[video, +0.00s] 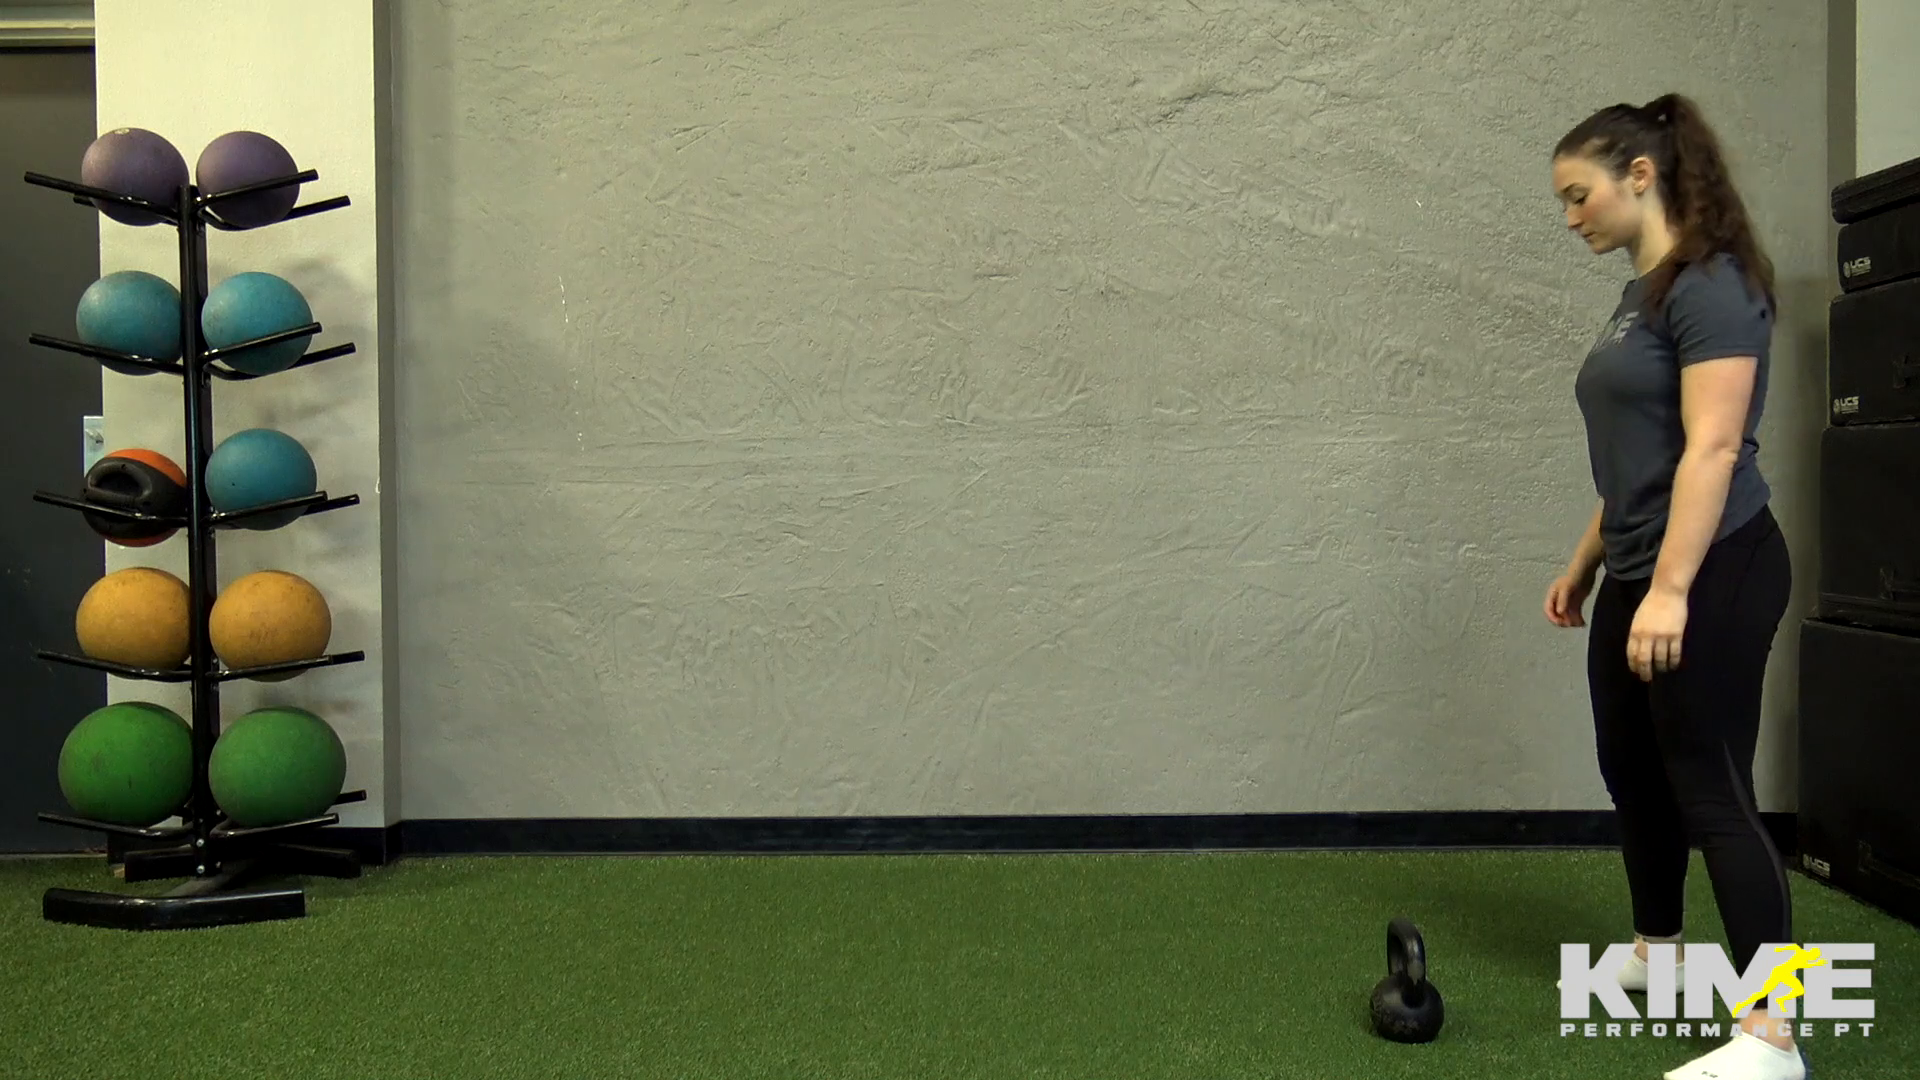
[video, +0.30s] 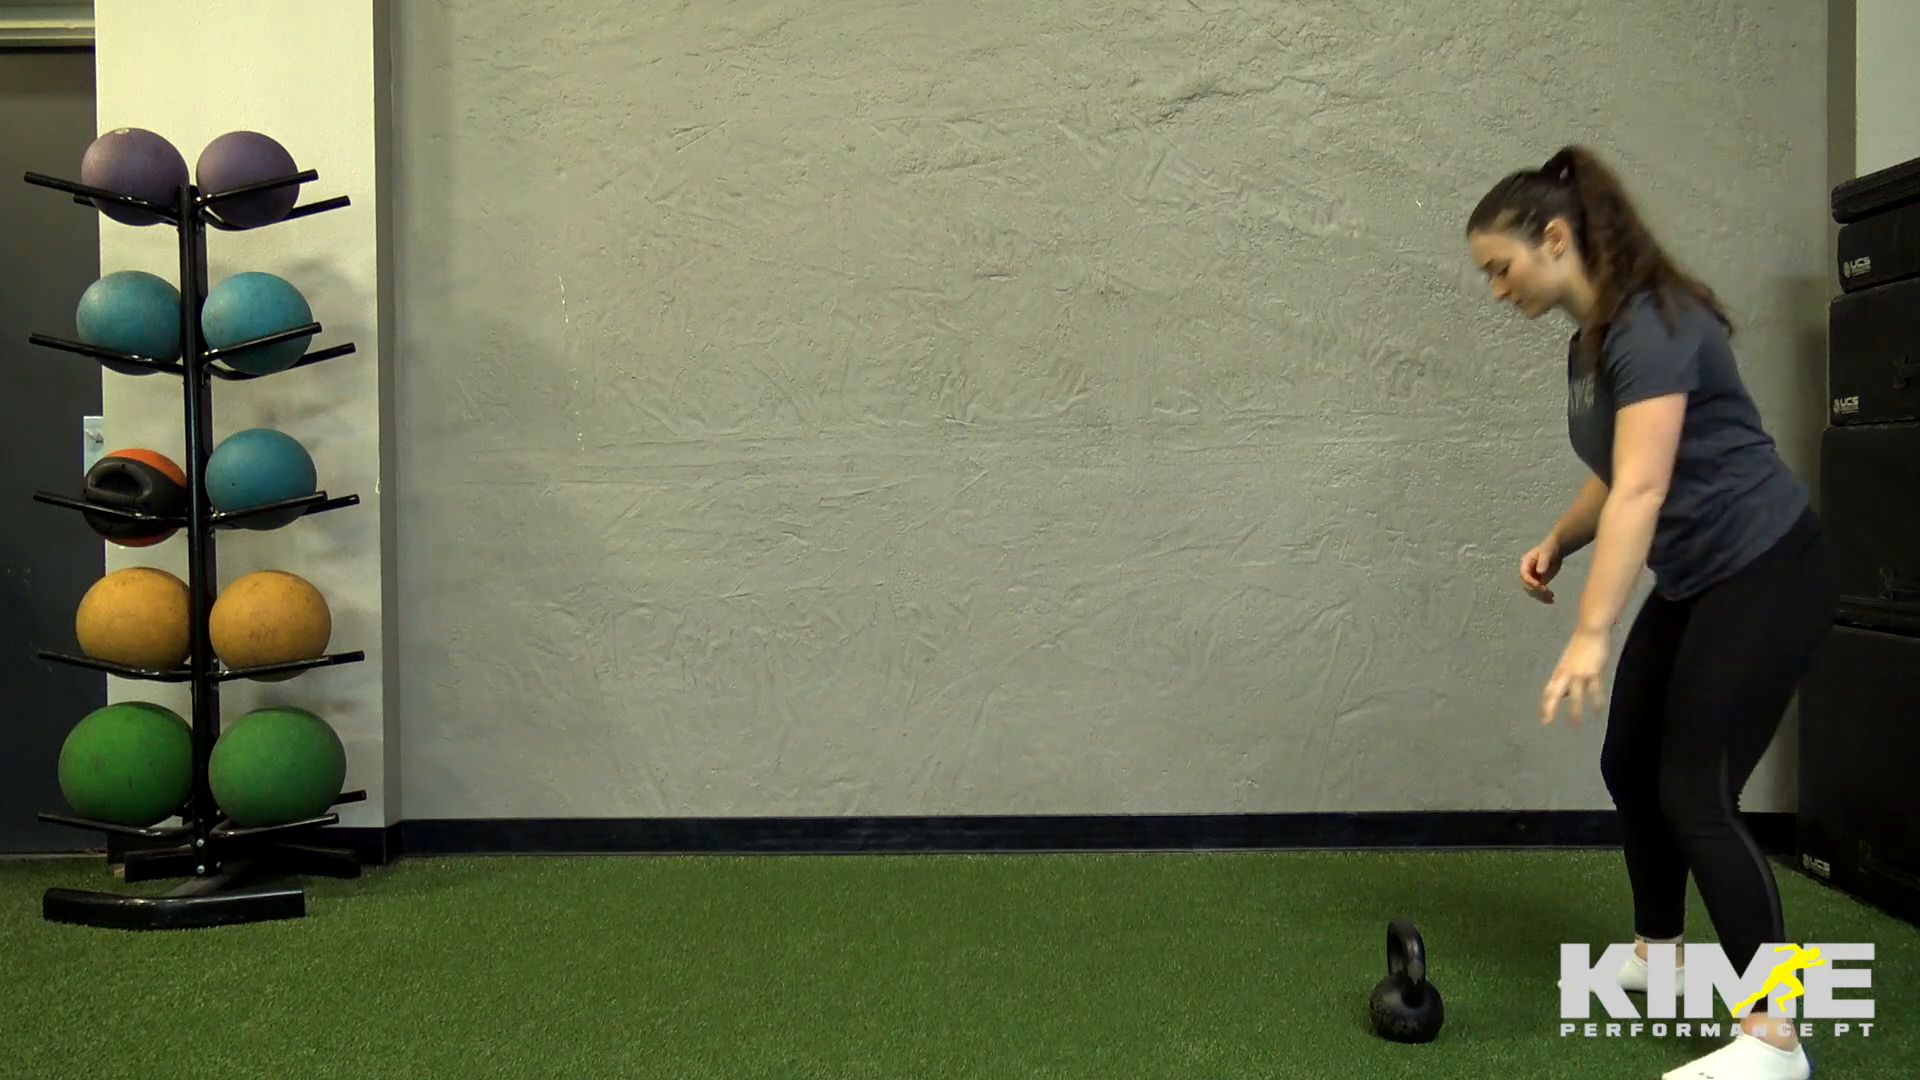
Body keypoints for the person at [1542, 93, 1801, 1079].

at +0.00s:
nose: (1572, 221)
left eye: (1578, 198)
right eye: (1565, 204)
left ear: (1641, 176)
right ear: (1636, 185)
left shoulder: (1713, 287)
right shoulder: (1649, 290)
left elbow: (1716, 448)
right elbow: (1644, 455)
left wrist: (1669, 588)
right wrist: (1589, 555)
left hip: (1715, 564)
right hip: (1640, 564)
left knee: (1708, 786)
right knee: (1637, 776)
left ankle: (1772, 1026)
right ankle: (1660, 965)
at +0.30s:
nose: (1500, 291)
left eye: (1501, 270)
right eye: (1492, 278)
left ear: (1558, 237)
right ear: (1553, 244)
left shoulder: (1649, 326)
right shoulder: (1597, 337)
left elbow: (1639, 492)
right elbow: (1618, 471)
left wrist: (1591, 632)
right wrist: (1561, 535)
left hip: (1767, 569)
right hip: (1692, 580)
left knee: (1692, 783)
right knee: (1632, 770)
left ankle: (1777, 1022)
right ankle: (1657, 960)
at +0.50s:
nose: (1463, 411)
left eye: (1464, 390)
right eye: (1454, 396)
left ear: (1516, 358)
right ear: (1514, 360)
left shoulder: (1613, 434)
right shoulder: (1578, 428)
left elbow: (1575, 611)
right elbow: (1611, 537)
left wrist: (1503, 742)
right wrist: (1555, 592)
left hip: (1823, 603)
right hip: (1740, 608)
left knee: (1699, 800)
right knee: (1620, 766)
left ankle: (1780, 1034)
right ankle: (1657, 961)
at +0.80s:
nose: (1442, 550)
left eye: (1443, 529)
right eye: (1433, 534)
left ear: (1497, 502)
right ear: (1501, 503)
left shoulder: (1583, 579)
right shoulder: (1563, 547)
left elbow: (1509, 753)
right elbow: (1579, 695)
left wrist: (1430, 861)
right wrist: (1523, 667)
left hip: (1827, 677)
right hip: (1744, 669)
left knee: (1669, 822)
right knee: (1579, 774)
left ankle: (1777, 1034)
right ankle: (1654, 955)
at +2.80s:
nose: (1443, 554)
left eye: (1448, 534)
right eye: (1437, 537)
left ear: (1507, 516)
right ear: (1506, 519)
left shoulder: (1602, 601)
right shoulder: (1563, 578)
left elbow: (1558, 786)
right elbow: (1569, 714)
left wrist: (1496, 907)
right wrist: (1507, 675)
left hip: (1843, 681)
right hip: (1767, 674)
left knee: (1679, 819)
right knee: (1591, 775)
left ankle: (1777, 1038)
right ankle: (1655, 957)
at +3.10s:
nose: (1445, 465)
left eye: (1453, 445)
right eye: (1443, 448)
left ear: (1517, 438)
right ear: (1516, 441)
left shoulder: (1600, 526)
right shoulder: (1566, 517)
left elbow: (1619, 710)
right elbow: (1594, 657)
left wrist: (1602, 824)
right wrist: (1511, 616)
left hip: (1829, 648)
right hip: (1754, 652)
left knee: (1688, 810)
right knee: (1586, 772)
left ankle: (1780, 1036)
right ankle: (1649, 962)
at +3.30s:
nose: (1446, 378)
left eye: (1461, 361)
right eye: (1448, 361)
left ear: (1523, 366)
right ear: (1520, 369)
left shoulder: (1587, 467)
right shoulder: (1553, 459)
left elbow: (1669, 630)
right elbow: (1569, 591)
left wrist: (1729, 752)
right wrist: (1501, 556)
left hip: (1805, 613)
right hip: (1728, 617)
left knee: (1699, 809)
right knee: (1596, 771)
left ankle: (1781, 1037)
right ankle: (1656, 962)